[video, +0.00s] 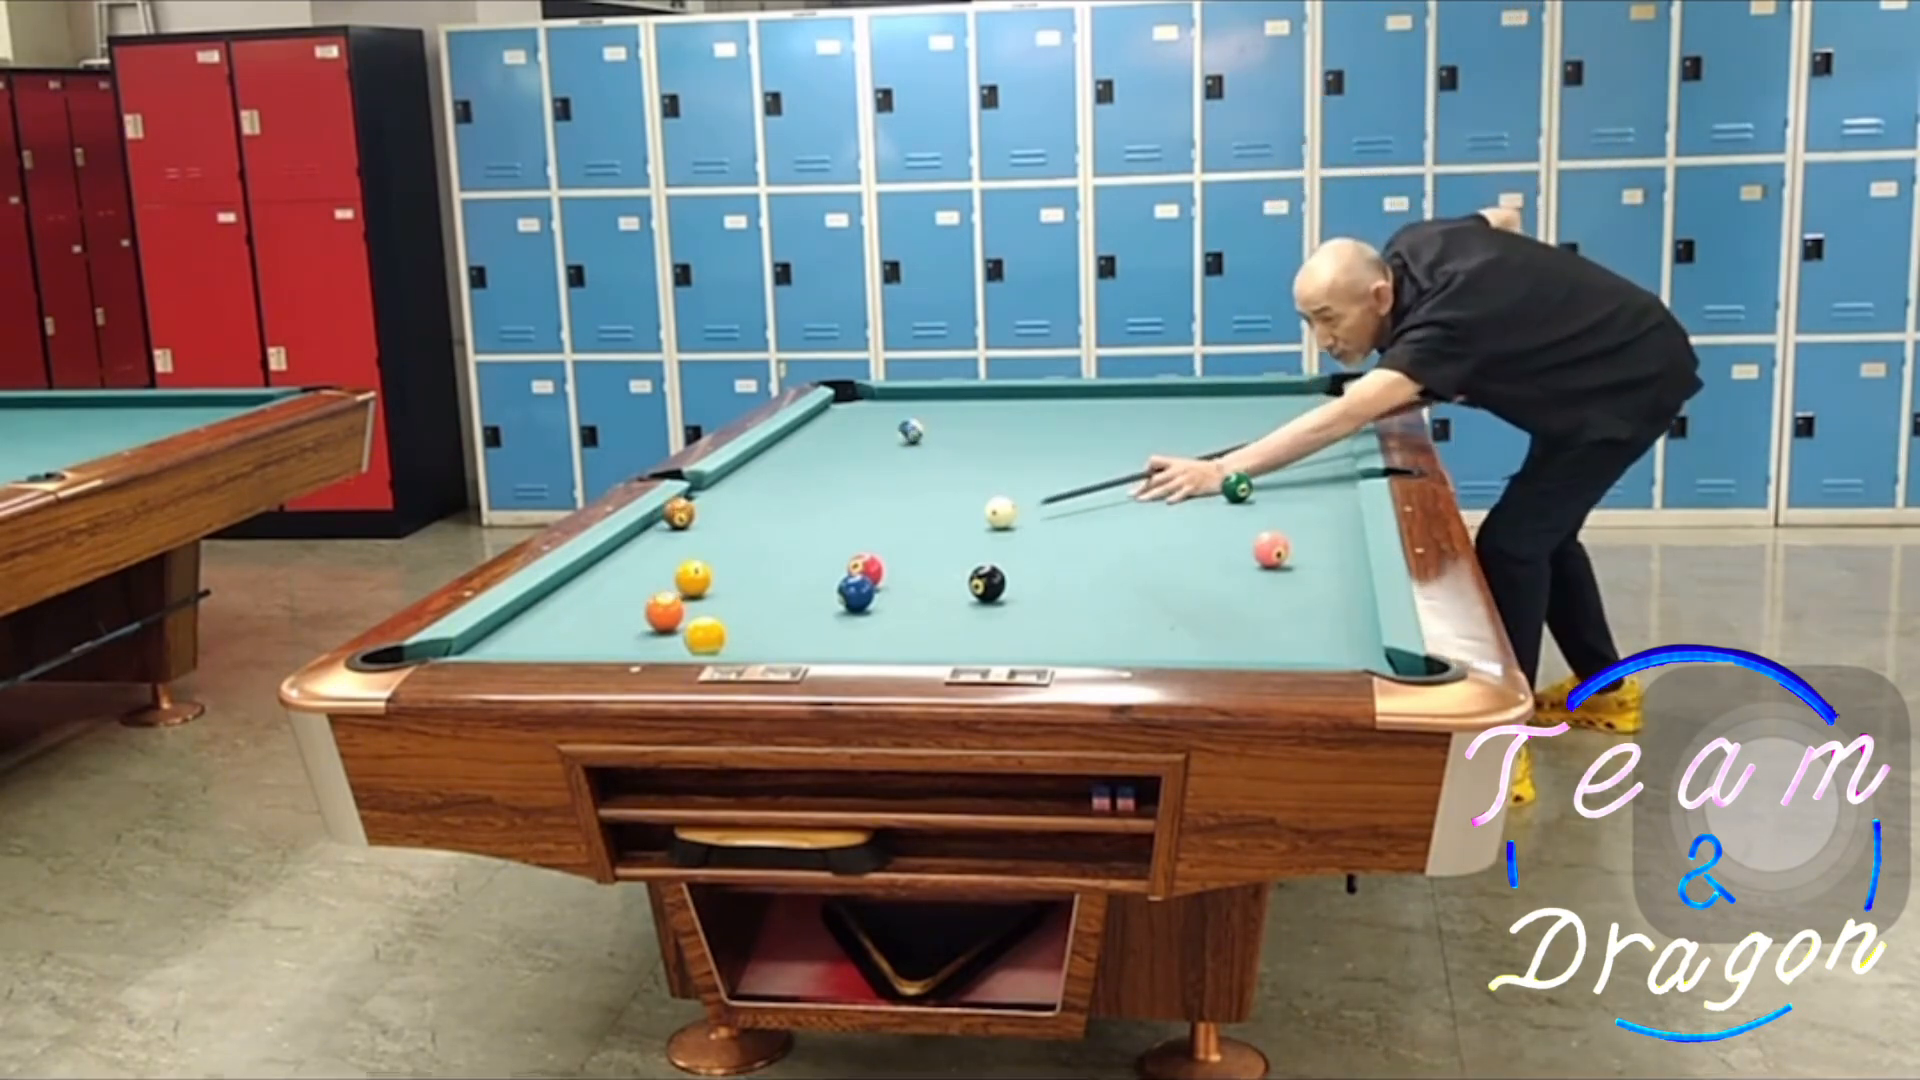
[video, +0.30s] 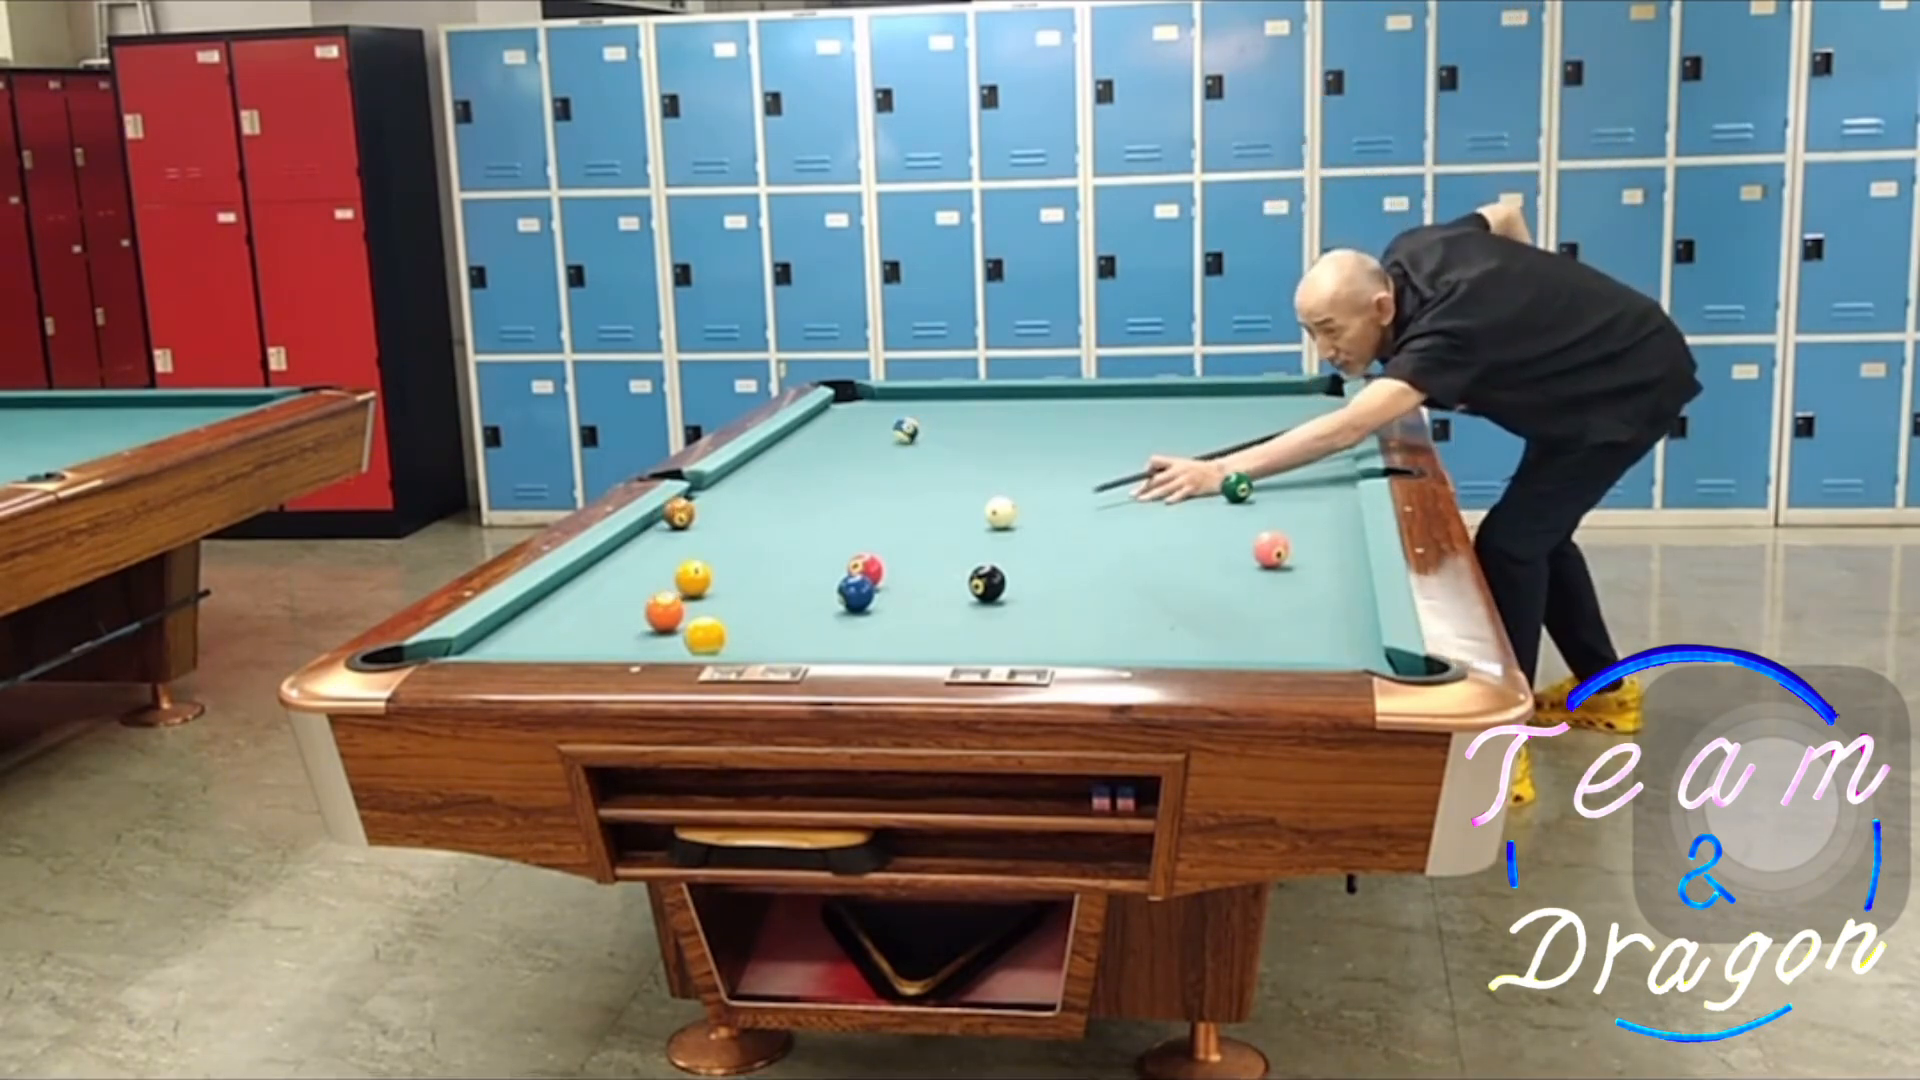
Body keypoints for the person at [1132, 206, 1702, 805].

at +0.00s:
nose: (1319, 335)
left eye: (1327, 319)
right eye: (1310, 320)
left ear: (1381, 296)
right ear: (1372, 284)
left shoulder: (1441, 326)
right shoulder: (1417, 244)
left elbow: (1344, 415)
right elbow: (1500, 223)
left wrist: (1221, 469)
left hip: (1636, 374)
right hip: (1628, 347)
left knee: (1509, 542)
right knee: (1545, 531)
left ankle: (1509, 710)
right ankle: (1607, 691)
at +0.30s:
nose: (1323, 349)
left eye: (1330, 332)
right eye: (1315, 334)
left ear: (1382, 306)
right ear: (1373, 293)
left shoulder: (1443, 336)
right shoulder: (1414, 251)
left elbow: (1344, 428)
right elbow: (1506, 214)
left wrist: (1218, 470)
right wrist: (1528, 308)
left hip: (1633, 379)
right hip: (1615, 352)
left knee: (1508, 541)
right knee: (1538, 532)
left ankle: (1509, 708)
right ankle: (1605, 689)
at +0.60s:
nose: (1322, 353)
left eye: (1330, 336)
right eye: (1315, 337)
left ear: (1383, 311)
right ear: (1375, 297)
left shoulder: (1444, 338)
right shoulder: (1415, 255)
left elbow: (1346, 430)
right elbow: (1506, 228)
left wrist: (1221, 471)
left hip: (1633, 380)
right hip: (1619, 354)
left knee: (1509, 544)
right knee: (1539, 536)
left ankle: (1510, 709)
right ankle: (1607, 692)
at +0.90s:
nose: (1322, 354)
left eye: (1330, 338)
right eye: (1315, 339)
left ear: (1383, 313)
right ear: (1372, 301)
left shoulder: (1443, 341)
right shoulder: (1415, 256)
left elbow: (1350, 433)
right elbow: (1505, 220)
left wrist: (1219, 472)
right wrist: (1519, 318)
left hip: (1634, 382)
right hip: (1615, 355)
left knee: (1509, 543)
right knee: (1539, 535)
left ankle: (1509, 707)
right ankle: (1606, 691)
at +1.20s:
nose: (1322, 356)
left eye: (1331, 340)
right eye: (1315, 341)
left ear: (1383, 314)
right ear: (1373, 301)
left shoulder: (1445, 341)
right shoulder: (1414, 257)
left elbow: (1349, 433)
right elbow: (1507, 230)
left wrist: (1221, 471)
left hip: (1634, 380)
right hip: (1618, 353)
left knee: (1509, 545)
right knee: (1540, 536)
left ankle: (1509, 707)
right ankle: (1607, 692)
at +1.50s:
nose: (1324, 362)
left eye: (1331, 346)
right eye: (1317, 348)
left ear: (1380, 318)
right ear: (1370, 303)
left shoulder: (1443, 341)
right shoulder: (1411, 257)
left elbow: (1348, 433)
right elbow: (1504, 230)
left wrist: (1221, 472)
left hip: (1633, 378)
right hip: (1614, 353)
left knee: (1508, 544)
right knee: (1539, 536)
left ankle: (1510, 707)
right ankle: (1607, 693)